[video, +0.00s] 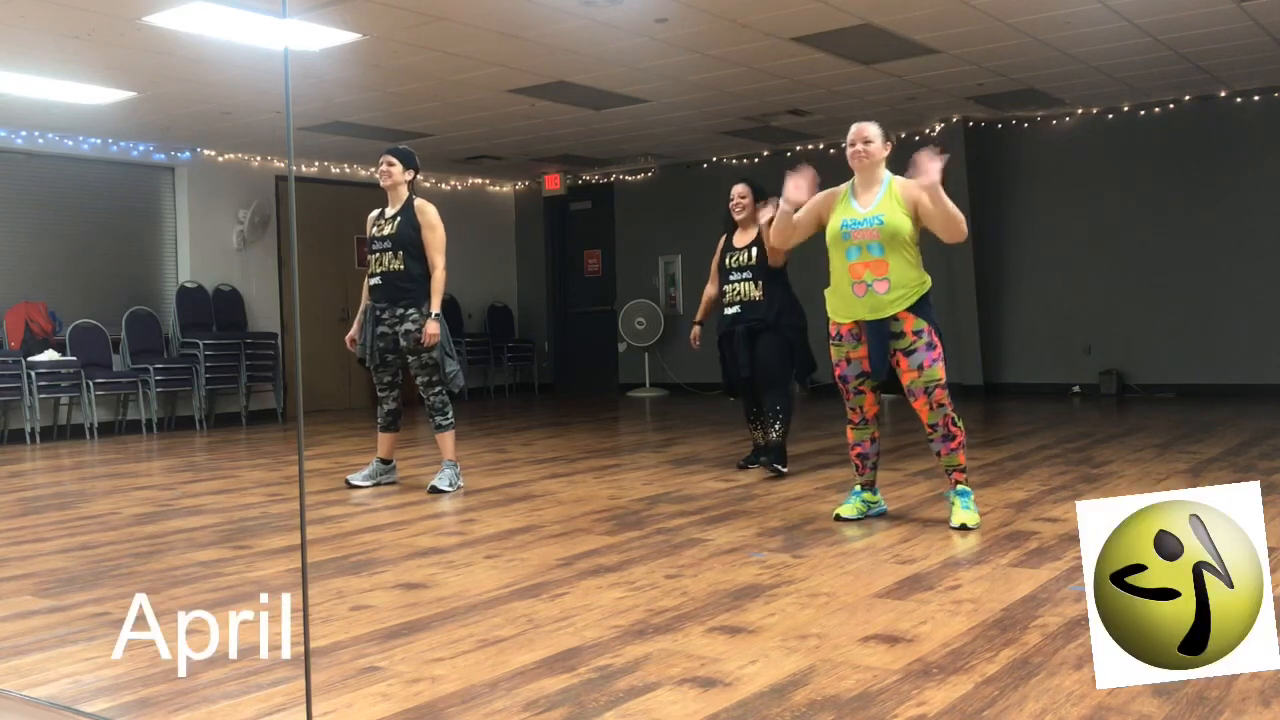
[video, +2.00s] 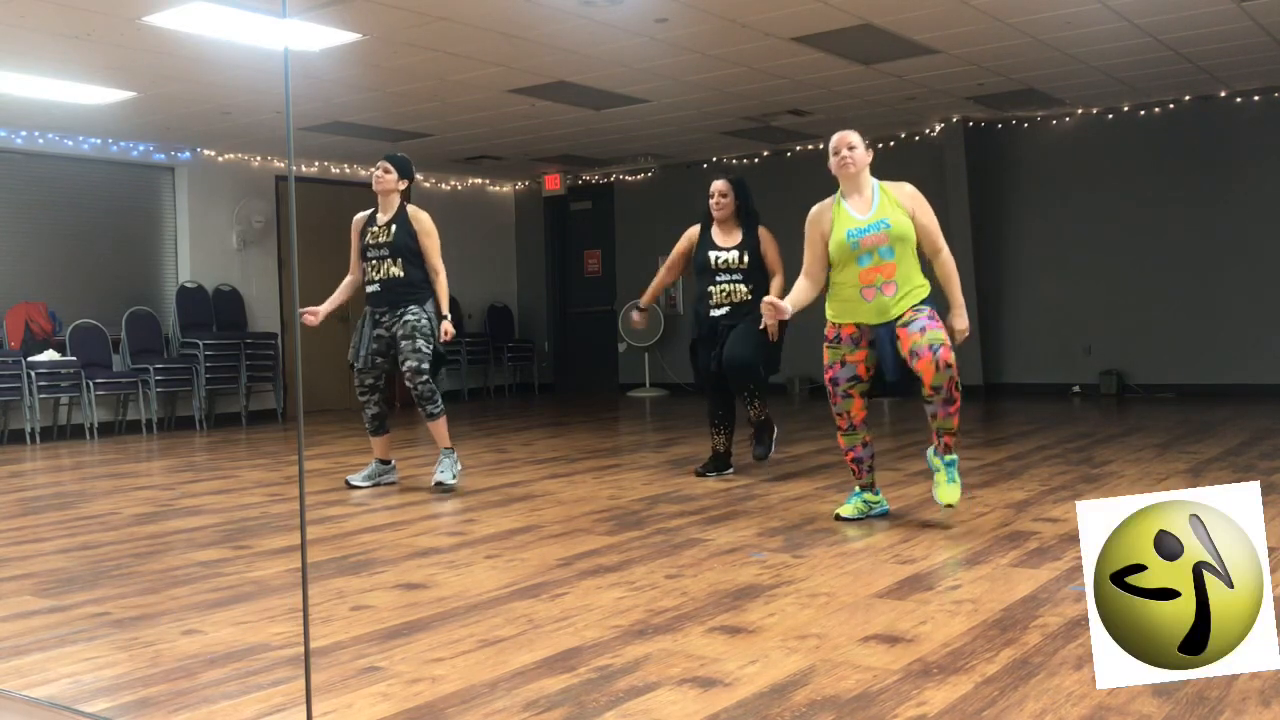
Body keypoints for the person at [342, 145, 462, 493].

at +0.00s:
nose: (382, 169)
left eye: (390, 165)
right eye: (381, 165)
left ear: (410, 174)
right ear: (378, 173)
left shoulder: (423, 210)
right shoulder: (374, 218)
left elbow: (438, 267)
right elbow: (373, 274)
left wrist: (434, 316)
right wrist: (358, 321)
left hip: (414, 314)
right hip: (378, 316)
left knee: (432, 391)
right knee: (386, 392)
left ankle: (450, 466)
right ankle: (384, 464)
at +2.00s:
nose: (377, 174)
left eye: (386, 171)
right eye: (377, 169)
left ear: (402, 183)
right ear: (374, 179)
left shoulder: (417, 218)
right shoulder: (361, 222)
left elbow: (437, 270)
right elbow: (355, 275)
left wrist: (445, 315)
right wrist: (324, 308)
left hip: (413, 311)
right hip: (375, 315)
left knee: (416, 376)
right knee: (367, 383)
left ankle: (447, 457)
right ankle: (383, 464)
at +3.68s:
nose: (394, 168)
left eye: (402, 164)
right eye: (393, 164)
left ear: (421, 171)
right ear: (392, 172)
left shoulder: (436, 208)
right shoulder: (384, 211)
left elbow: (444, 265)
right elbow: (381, 265)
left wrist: (412, 300)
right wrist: (376, 310)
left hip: (428, 310)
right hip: (391, 311)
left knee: (439, 384)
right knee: (390, 385)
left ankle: (459, 465)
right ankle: (390, 462)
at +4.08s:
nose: (399, 169)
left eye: (407, 165)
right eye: (397, 165)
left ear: (426, 172)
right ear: (396, 173)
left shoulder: (442, 206)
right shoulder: (393, 215)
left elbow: (462, 258)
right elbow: (397, 271)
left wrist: (456, 301)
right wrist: (362, 306)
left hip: (433, 311)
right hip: (397, 312)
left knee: (441, 386)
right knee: (389, 382)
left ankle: (459, 465)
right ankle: (397, 460)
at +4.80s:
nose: (407, 169)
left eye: (414, 164)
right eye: (405, 166)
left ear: (435, 170)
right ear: (405, 175)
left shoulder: (450, 208)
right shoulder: (408, 212)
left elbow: (455, 265)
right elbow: (406, 268)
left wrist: (429, 256)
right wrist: (378, 297)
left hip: (441, 312)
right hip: (407, 310)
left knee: (437, 384)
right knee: (373, 373)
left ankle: (460, 465)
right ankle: (388, 451)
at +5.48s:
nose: (406, 166)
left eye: (414, 161)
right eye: (404, 162)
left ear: (433, 169)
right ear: (404, 171)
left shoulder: (446, 200)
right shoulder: (405, 215)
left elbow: (455, 251)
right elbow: (407, 272)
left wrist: (443, 299)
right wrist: (380, 313)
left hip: (436, 305)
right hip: (404, 307)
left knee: (444, 382)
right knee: (380, 372)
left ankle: (460, 466)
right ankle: (390, 453)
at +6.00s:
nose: (397, 168)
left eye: (405, 163)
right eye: (395, 163)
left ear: (424, 172)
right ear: (392, 171)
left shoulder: (439, 214)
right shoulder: (382, 207)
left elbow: (457, 267)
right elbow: (364, 257)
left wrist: (464, 315)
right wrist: (347, 298)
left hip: (430, 310)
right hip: (392, 311)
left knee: (433, 383)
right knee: (392, 384)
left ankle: (459, 462)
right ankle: (400, 463)